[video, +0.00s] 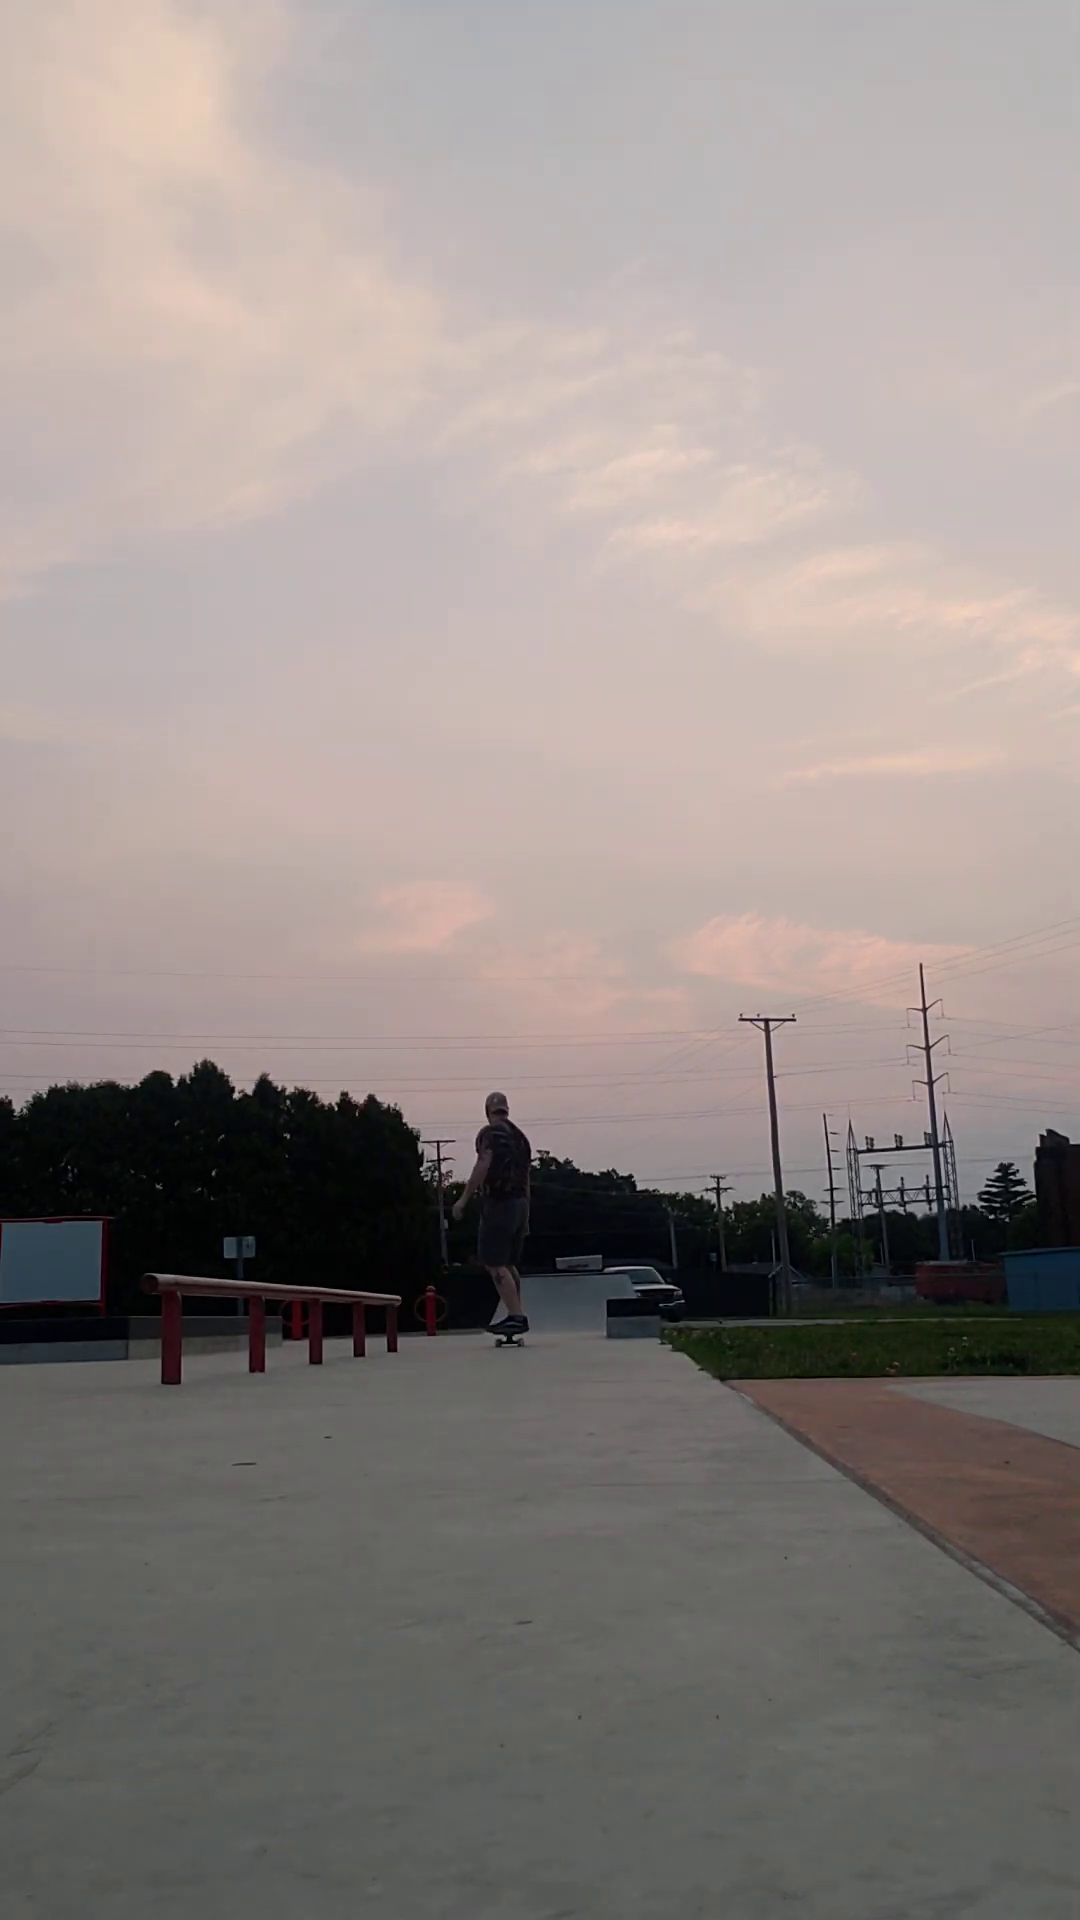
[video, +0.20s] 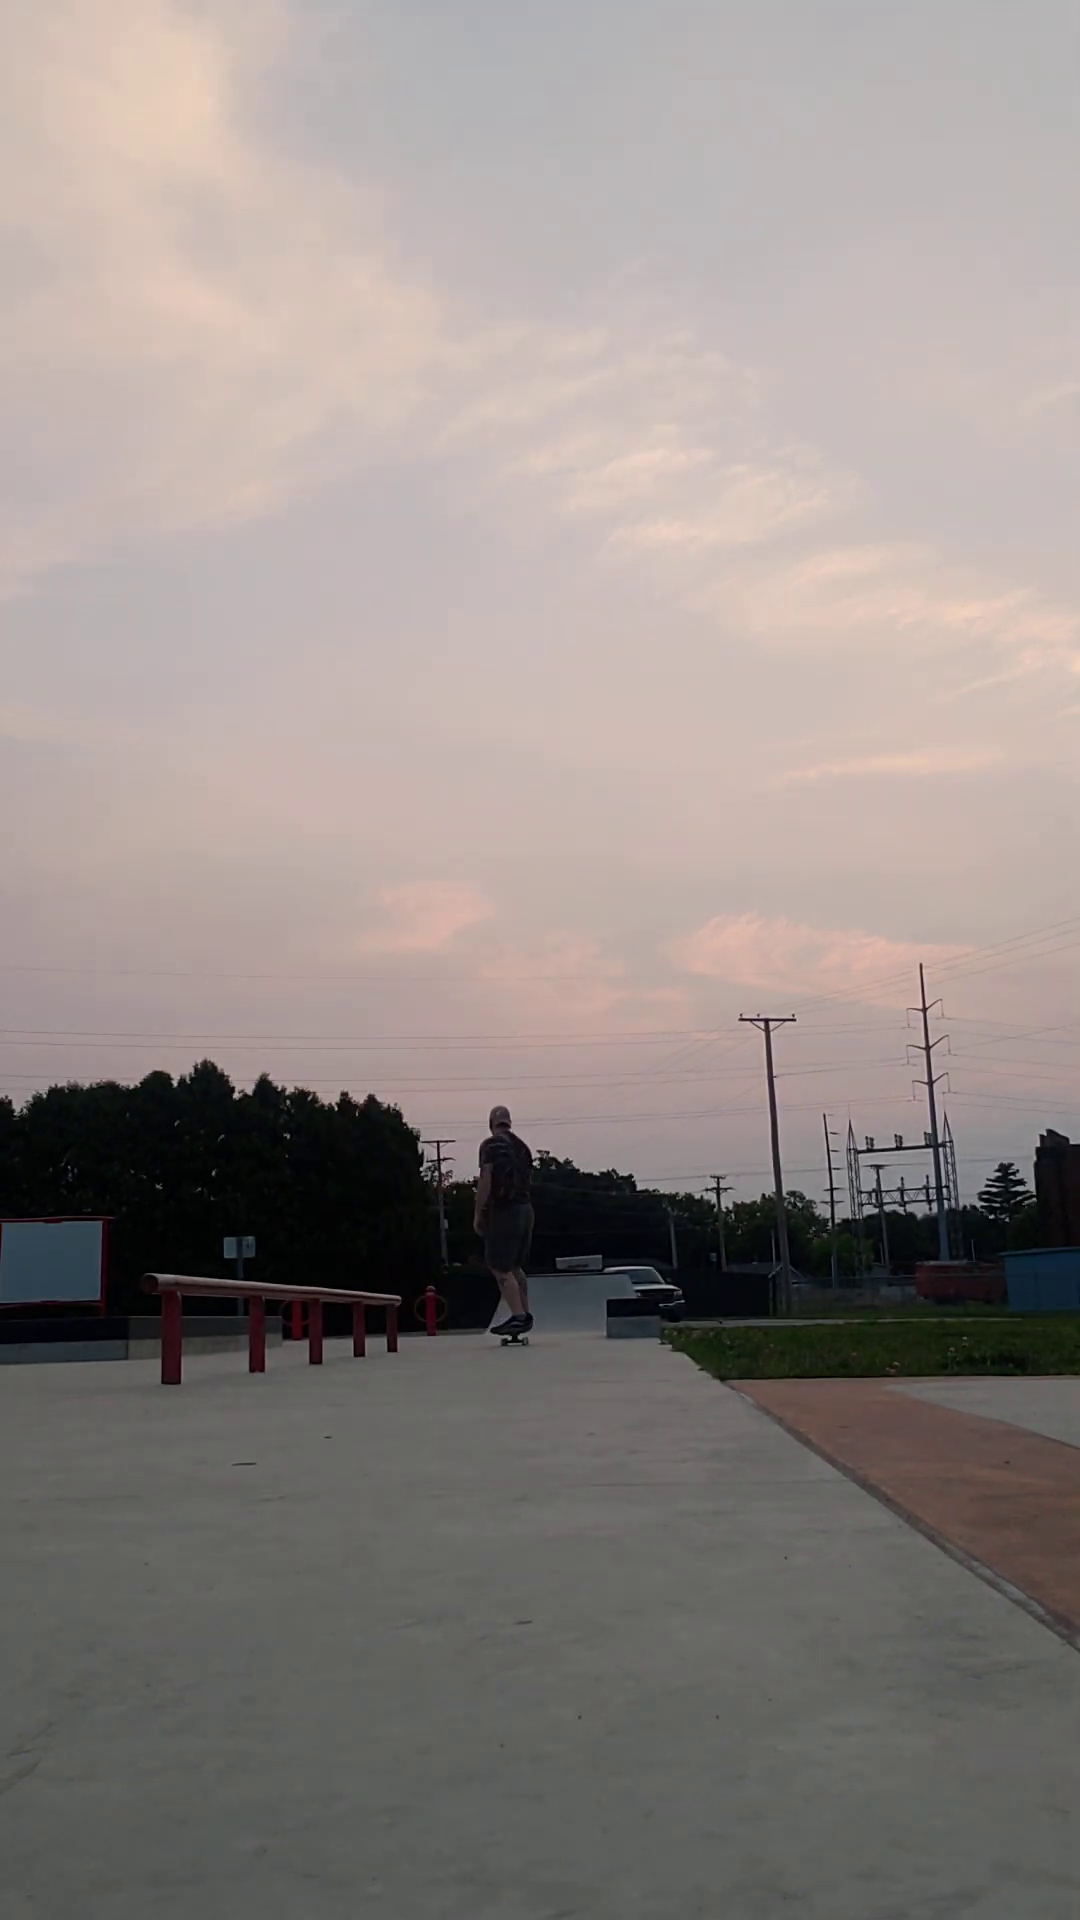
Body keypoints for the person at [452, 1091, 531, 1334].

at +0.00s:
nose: (489, 1115)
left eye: (488, 1111)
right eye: (496, 1110)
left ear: (487, 1111)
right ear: (508, 1110)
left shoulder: (488, 1133)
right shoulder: (521, 1138)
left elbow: (483, 1165)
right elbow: (525, 1181)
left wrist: (464, 1199)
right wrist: (525, 1217)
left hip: (498, 1205)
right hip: (519, 1206)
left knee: (494, 1261)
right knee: (508, 1263)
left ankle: (516, 1316)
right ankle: (516, 1315)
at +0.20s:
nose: (497, 1127)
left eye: (494, 1124)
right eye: (502, 1124)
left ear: (491, 1124)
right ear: (510, 1123)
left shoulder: (489, 1145)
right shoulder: (523, 1147)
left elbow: (485, 1180)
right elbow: (525, 1182)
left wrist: (478, 1211)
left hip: (502, 1211)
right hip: (524, 1210)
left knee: (501, 1266)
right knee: (515, 1266)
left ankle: (518, 1315)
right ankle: (523, 1315)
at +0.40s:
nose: (500, 1139)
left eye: (498, 1135)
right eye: (505, 1135)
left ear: (495, 1135)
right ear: (514, 1134)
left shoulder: (493, 1156)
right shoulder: (525, 1156)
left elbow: (484, 1188)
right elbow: (529, 1188)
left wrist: (476, 1218)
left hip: (506, 1217)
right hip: (527, 1216)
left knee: (506, 1269)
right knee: (519, 1269)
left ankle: (524, 1315)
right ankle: (529, 1315)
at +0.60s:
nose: (503, 1147)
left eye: (502, 1144)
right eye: (507, 1144)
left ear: (499, 1144)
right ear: (516, 1143)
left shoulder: (497, 1164)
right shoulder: (526, 1163)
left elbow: (490, 1193)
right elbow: (529, 1193)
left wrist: (481, 1221)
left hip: (510, 1221)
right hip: (529, 1220)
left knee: (507, 1270)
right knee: (519, 1271)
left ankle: (523, 1316)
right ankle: (528, 1315)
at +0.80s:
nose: (510, 1156)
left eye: (507, 1153)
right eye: (512, 1153)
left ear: (503, 1153)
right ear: (520, 1152)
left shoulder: (502, 1173)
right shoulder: (531, 1172)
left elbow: (496, 1205)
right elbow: (537, 1206)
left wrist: (491, 1231)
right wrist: (537, 1233)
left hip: (512, 1228)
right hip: (531, 1227)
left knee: (510, 1274)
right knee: (522, 1274)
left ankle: (522, 1316)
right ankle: (527, 1316)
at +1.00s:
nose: (514, 1159)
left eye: (511, 1155)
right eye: (517, 1155)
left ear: (507, 1157)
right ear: (524, 1157)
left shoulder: (506, 1176)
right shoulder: (533, 1176)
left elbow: (502, 1207)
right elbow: (539, 1207)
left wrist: (498, 1234)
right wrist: (539, 1234)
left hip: (515, 1231)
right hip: (533, 1231)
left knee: (514, 1276)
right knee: (526, 1275)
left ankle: (525, 1315)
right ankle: (532, 1315)